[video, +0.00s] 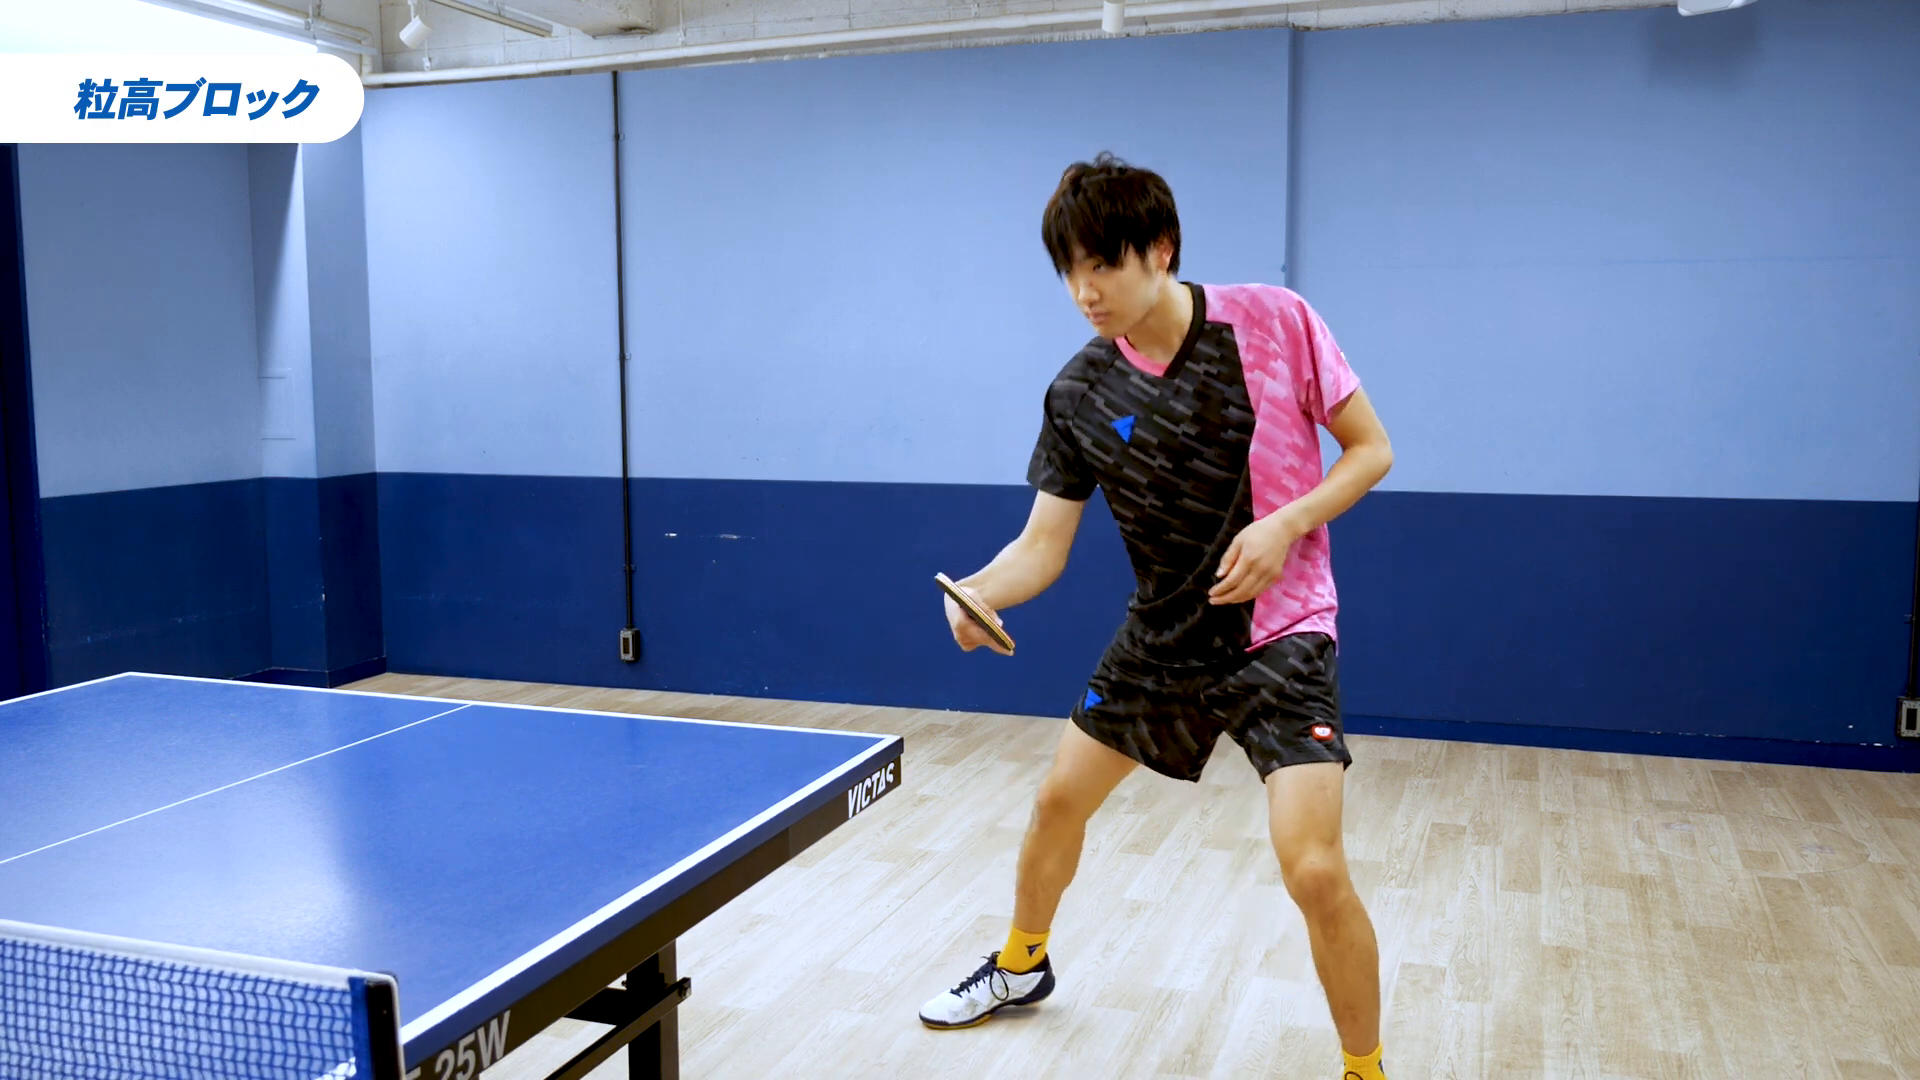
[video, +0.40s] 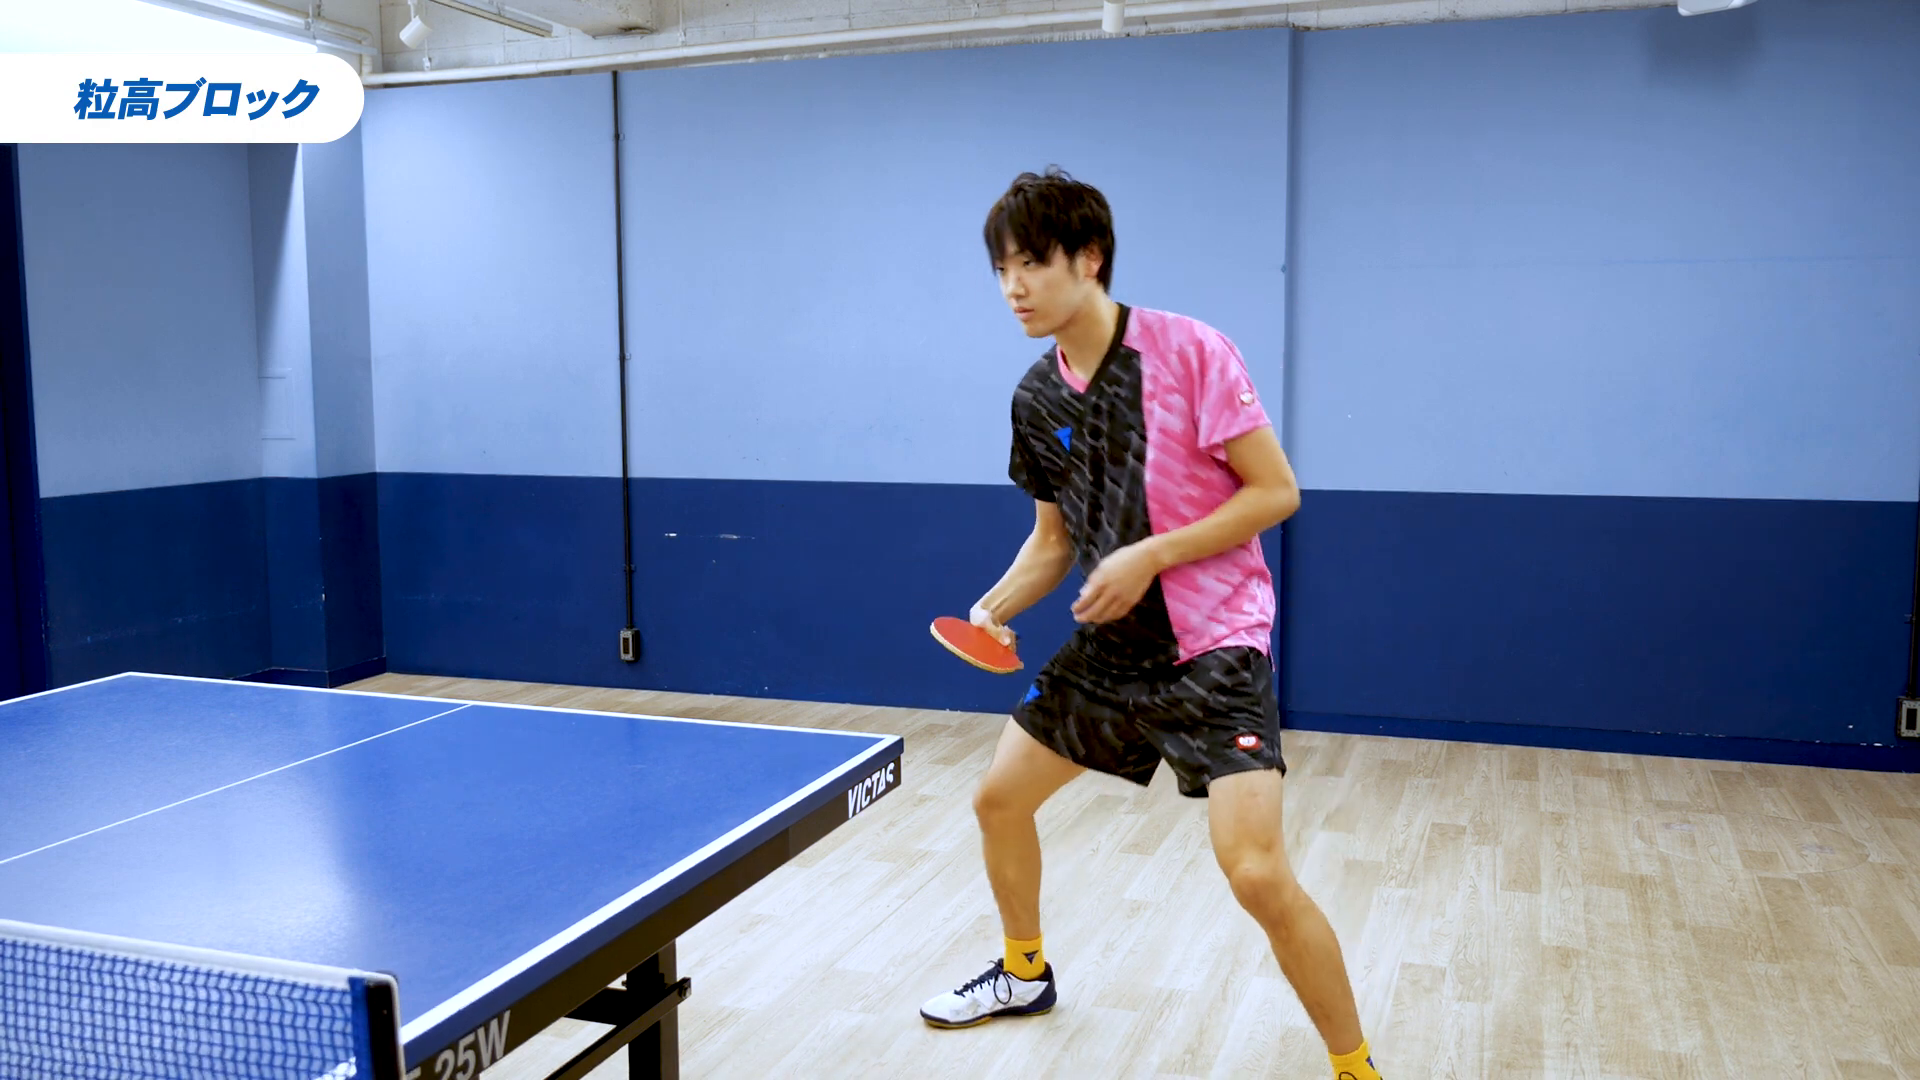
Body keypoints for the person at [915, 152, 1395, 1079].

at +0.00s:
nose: (1084, 290)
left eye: (1101, 264)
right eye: (1071, 271)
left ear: (1160, 251)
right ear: (1065, 273)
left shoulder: (1275, 322)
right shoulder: (1081, 393)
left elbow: (1371, 449)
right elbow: (1042, 543)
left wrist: (1285, 526)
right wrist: (979, 588)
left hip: (1282, 626)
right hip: (1165, 628)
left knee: (1315, 872)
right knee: (1059, 797)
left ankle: (1364, 1068)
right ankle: (1022, 962)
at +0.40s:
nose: (1013, 286)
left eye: (1031, 262)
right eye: (1003, 269)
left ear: (1090, 259)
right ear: (1003, 277)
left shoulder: (1190, 352)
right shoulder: (1038, 396)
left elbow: (1276, 491)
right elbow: (1054, 538)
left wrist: (1154, 553)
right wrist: (996, 607)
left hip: (1217, 644)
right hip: (1110, 645)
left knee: (1255, 872)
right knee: (1000, 802)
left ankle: (1356, 1067)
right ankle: (1023, 973)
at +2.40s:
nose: (1035, 380)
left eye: (1047, 354)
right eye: (1019, 364)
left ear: (1101, 325)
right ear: (1011, 362)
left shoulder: (1229, 370)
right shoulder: (1052, 443)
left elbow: (1337, 485)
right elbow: (1052, 584)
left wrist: (1247, 577)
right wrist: (1022, 591)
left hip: (1272, 644)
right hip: (1151, 650)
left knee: (1299, 876)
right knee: (1038, 814)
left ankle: (1361, 1067)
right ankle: (1025, 973)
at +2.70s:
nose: (1097, 267)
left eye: (1115, 240)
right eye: (1081, 249)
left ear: (1173, 227)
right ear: (1072, 256)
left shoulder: (1284, 304)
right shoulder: (1083, 384)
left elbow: (1373, 421)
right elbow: (1034, 538)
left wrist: (1309, 503)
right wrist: (975, 613)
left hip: (1286, 607)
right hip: (1165, 610)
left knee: (1328, 856)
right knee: (1067, 789)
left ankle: (1364, 1068)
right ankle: (1014, 953)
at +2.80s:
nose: (1104, 248)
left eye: (1124, 221)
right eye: (1089, 230)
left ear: (1183, 216)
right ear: (1079, 238)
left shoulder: (1285, 304)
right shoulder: (1081, 369)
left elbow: (1370, 430)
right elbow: (1039, 526)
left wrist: (1302, 508)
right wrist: (982, 605)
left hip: (1275, 608)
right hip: (1156, 608)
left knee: (1321, 859)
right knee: (1055, 790)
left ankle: (1363, 1065)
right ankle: (1015, 955)